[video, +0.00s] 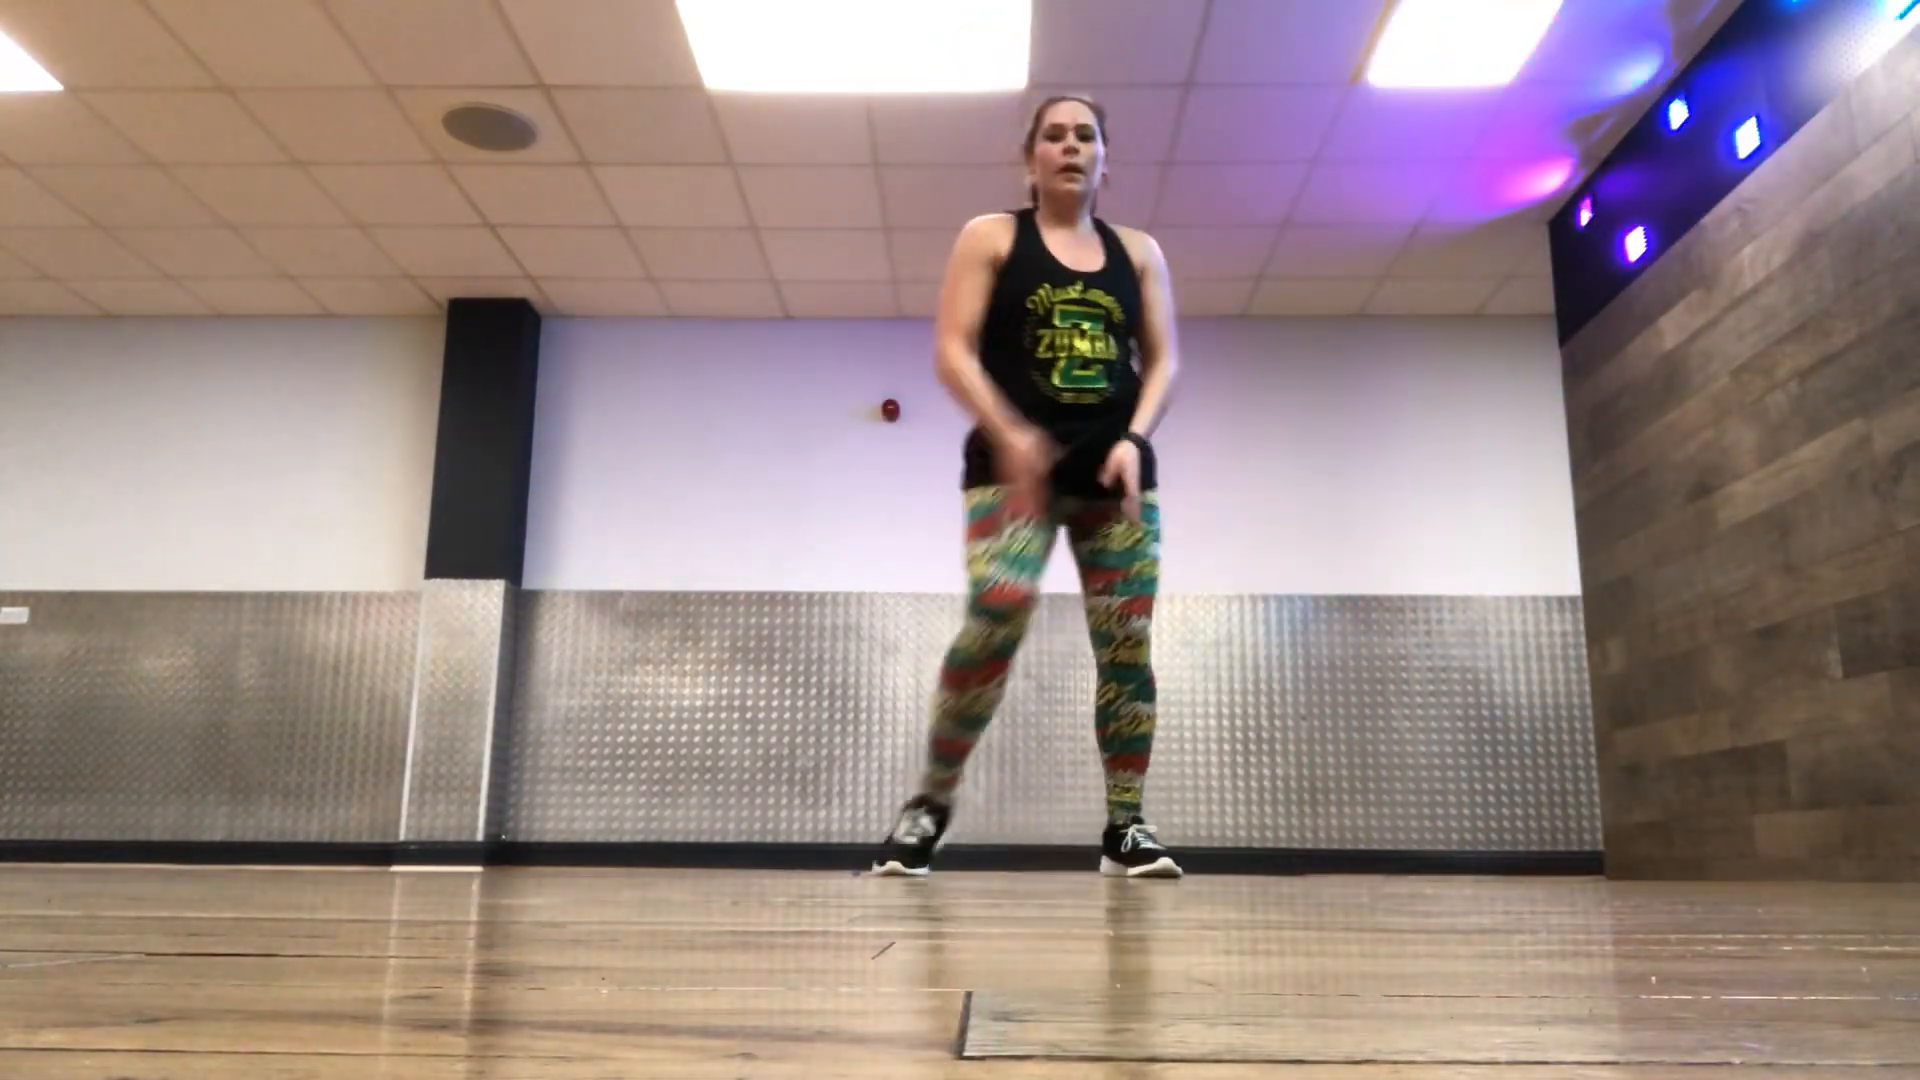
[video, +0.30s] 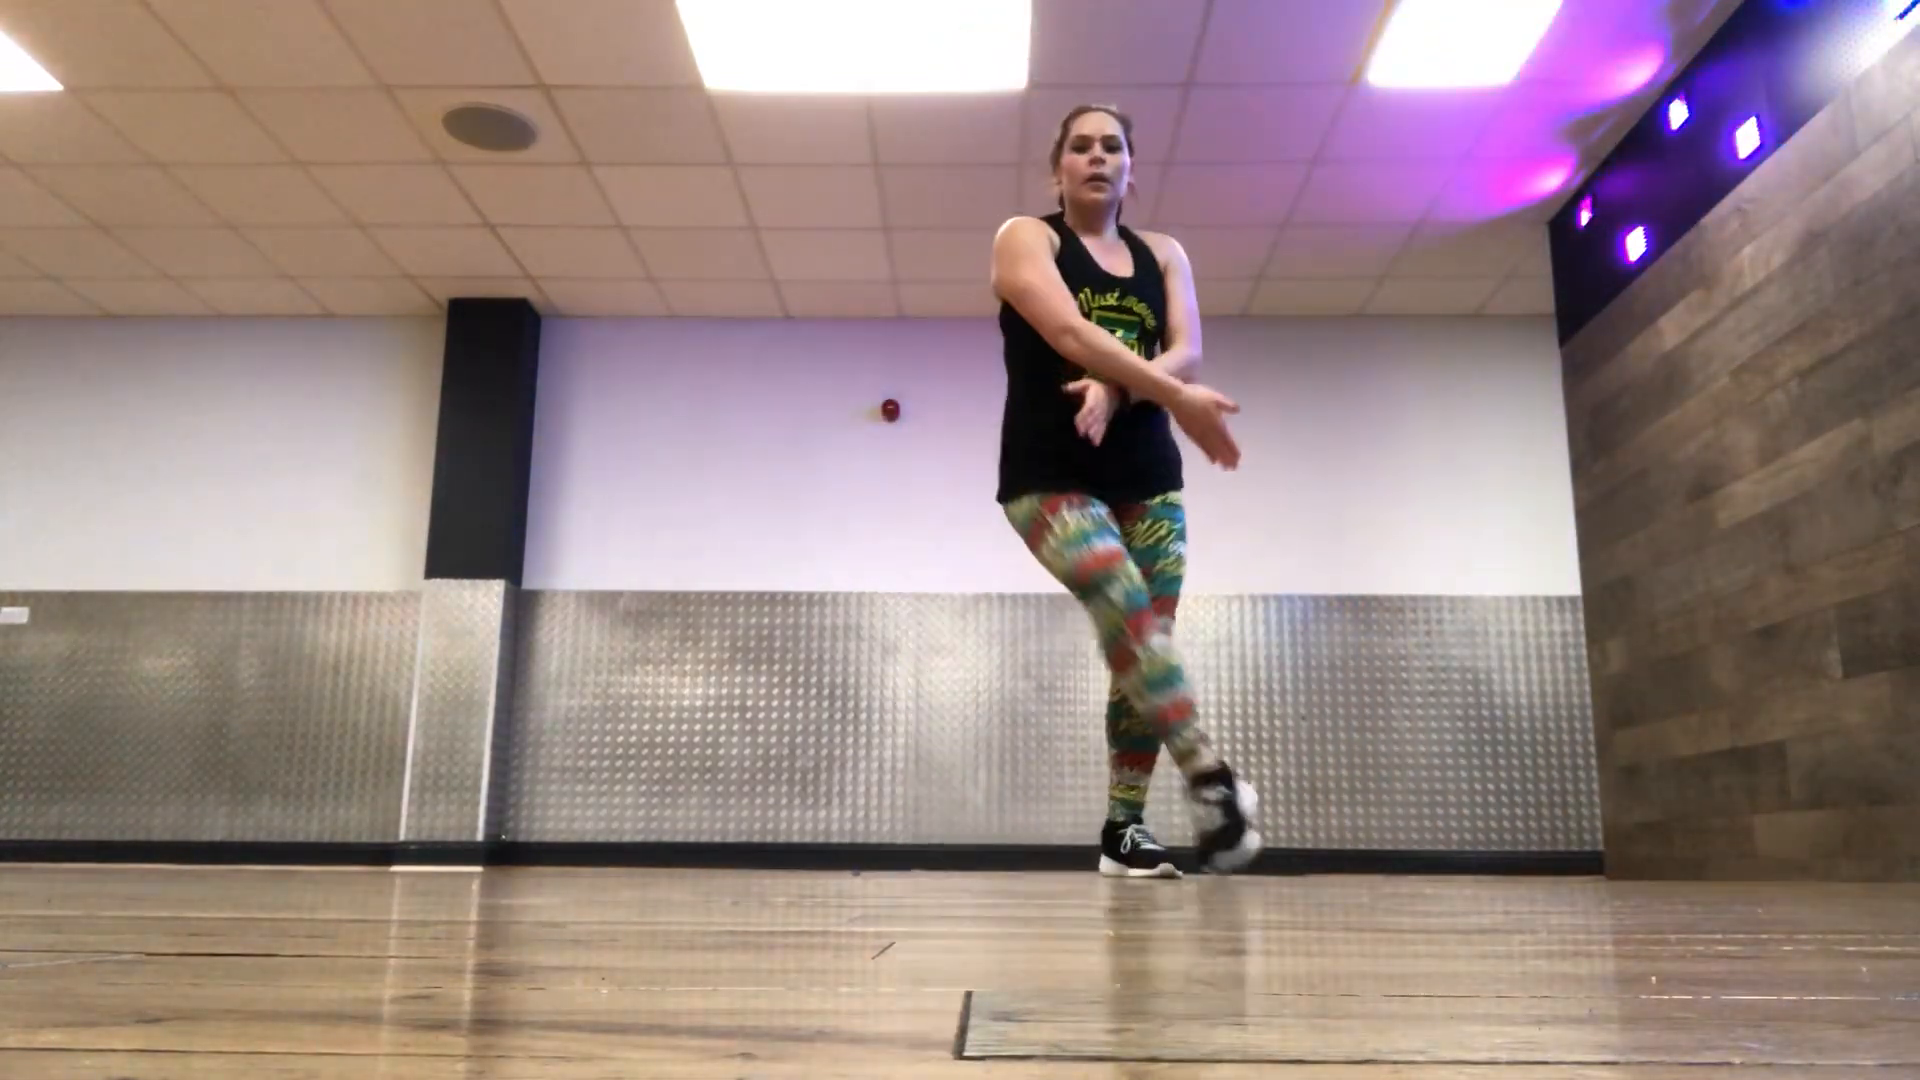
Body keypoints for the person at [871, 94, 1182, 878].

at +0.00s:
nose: (1071, 146)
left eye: (1084, 136)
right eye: (1055, 135)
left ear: (1103, 157)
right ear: (1029, 155)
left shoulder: (1137, 252)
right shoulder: (991, 237)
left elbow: (1161, 358)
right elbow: (952, 352)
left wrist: (1134, 437)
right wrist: (1010, 434)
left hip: (1113, 469)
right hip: (1015, 464)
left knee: (1126, 642)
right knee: (997, 620)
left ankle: (1126, 825)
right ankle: (930, 806)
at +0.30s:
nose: (1098, 157)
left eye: (1111, 147)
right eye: (1083, 147)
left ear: (1130, 168)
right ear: (1056, 167)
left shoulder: (1163, 254)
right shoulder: (1023, 240)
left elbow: (1185, 350)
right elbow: (1071, 336)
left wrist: (1118, 384)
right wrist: (1179, 398)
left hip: (1147, 480)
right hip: (1051, 478)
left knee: (1147, 641)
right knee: (1125, 609)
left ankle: (1124, 828)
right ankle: (1211, 784)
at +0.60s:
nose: (1076, 163)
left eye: (1090, 152)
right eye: (1062, 153)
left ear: (1115, 170)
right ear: (1042, 170)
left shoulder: (1155, 256)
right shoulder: (1006, 246)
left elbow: (1191, 360)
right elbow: (984, 353)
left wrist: (1180, 446)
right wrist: (1061, 406)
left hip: (1138, 486)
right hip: (1037, 481)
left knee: (1147, 642)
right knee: (1063, 605)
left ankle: (1126, 820)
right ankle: (1128, 777)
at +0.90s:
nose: (1002, 155)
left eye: (1017, 144)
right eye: (989, 144)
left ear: (1043, 163)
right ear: (971, 162)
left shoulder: (1085, 251)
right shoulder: (930, 251)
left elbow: (1124, 355)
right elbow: (902, 358)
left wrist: (1096, 457)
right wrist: (904, 459)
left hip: (1058, 482)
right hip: (952, 485)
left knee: (1086, 644)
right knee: (915, 640)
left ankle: (1119, 825)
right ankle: (896, 823)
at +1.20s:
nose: (938, 161)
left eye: (953, 151)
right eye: (925, 150)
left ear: (977, 175)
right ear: (904, 171)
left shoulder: (1005, 254)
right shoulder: (867, 256)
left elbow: (972, 348)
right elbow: (836, 366)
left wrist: (853, 361)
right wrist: (848, 458)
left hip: (972, 460)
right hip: (882, 468)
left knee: (953, 577)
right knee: (865, 636)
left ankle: (1011, 775)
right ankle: (896, 825)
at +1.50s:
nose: (921, 165)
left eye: (937, 155)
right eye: (908, 154)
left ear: (960, 179)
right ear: (886, 175)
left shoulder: (990, 258)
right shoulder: (849, 259)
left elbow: (1008, 348)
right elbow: (818, 363)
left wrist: (937, 314)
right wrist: (846, 446)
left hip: (945, 479)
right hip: (856, 474)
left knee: (863, 618)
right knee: (861, 637)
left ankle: (786, 803)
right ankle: (899, 826)